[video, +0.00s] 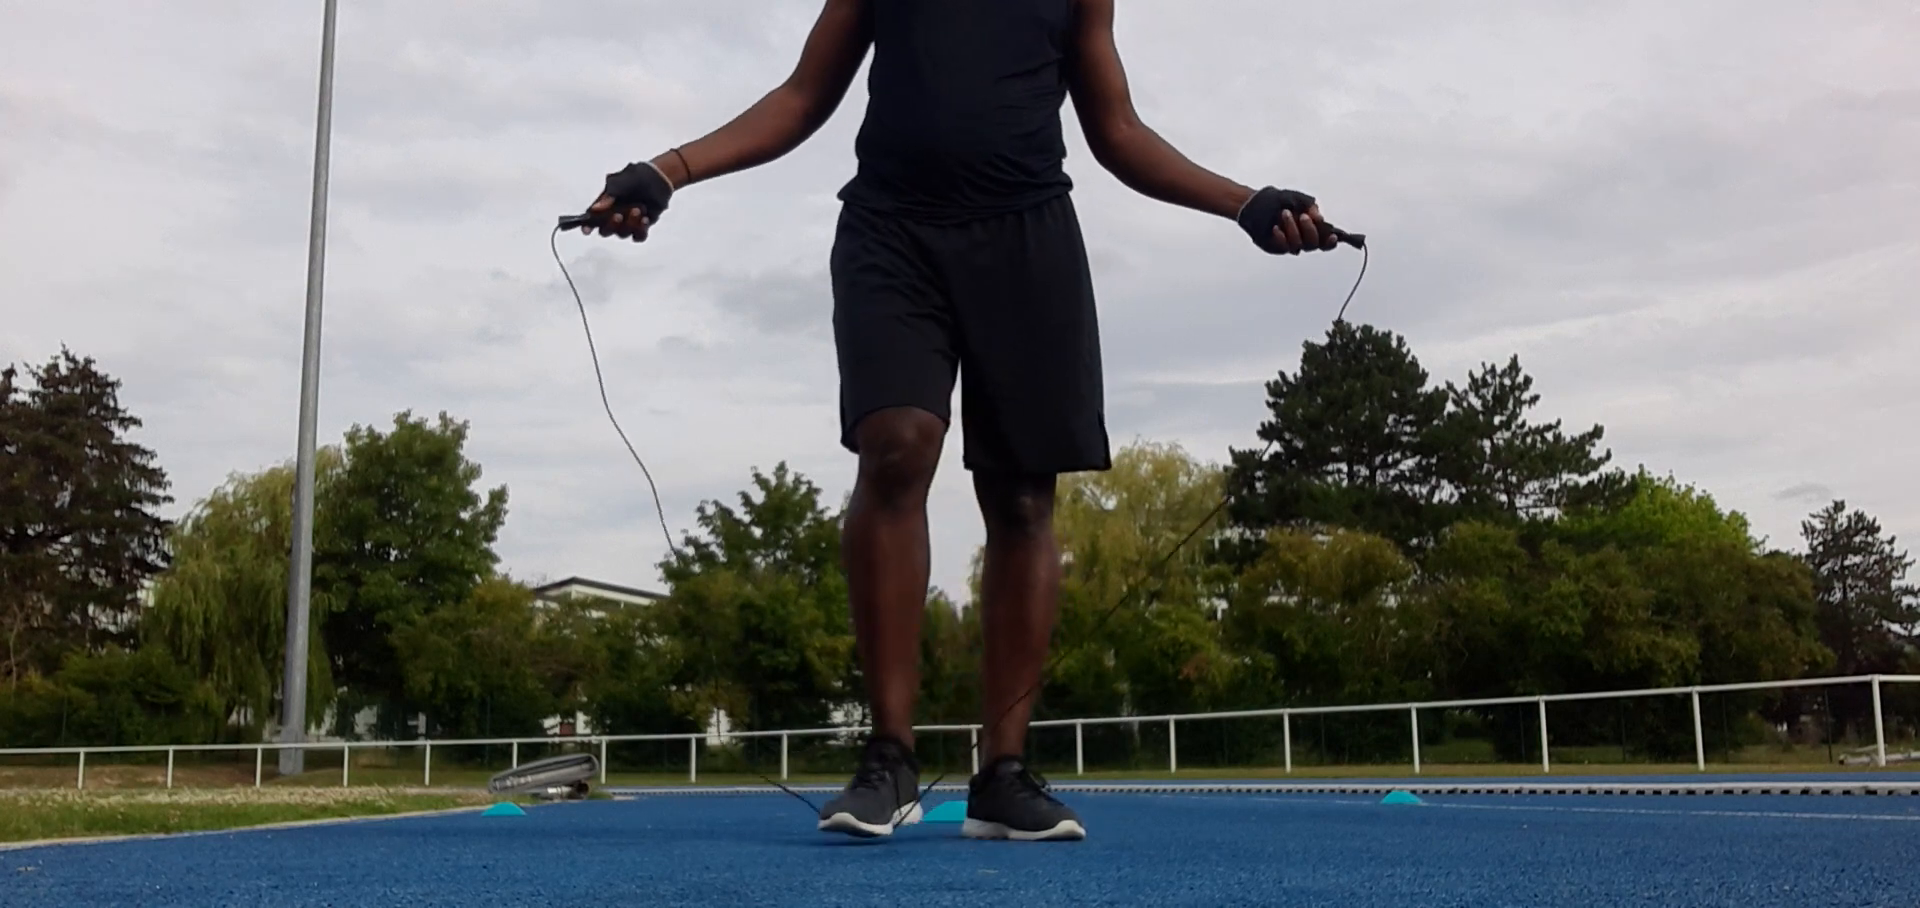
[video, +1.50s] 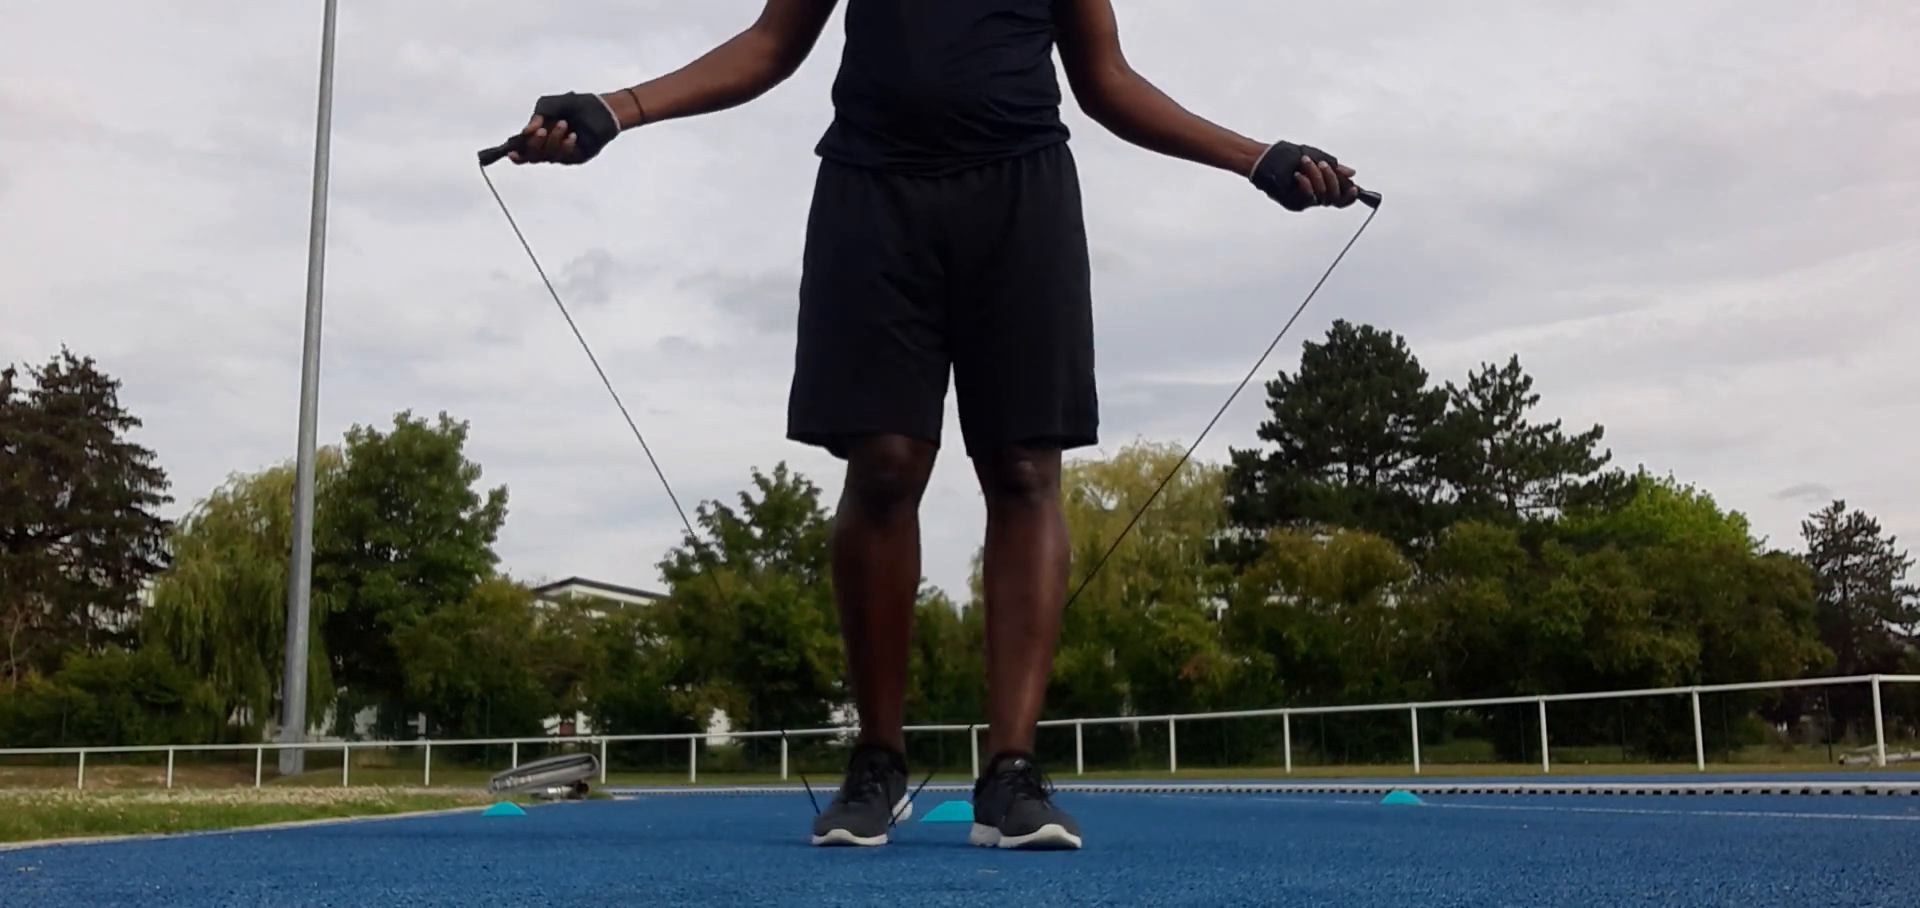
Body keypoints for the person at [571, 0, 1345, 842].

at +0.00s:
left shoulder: (1077, 12)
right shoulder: (871, 8)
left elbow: (1119, 134)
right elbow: (802, 98)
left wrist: (1248, 202)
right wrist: (667, 169)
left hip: (1026, 234)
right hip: (891, 229)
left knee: (1021, 500)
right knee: (896, 455)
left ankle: (1003, 774)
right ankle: (888, 759)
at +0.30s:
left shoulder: (1021, 3)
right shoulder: (814, 2)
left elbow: (1076, 105)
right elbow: (760, 98)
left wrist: (1211, 213)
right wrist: (636, 205)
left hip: (994, 220)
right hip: (856, 222)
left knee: (999, 494)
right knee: (862, 481)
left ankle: (999, 773)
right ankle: (872, 776)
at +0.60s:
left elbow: (1036, 99)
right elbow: (729, 101)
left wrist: (1172, 209)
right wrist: (622, 219)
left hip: (975, 205)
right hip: (834, 212)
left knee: (996, 410)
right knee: (839, 488)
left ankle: (972, 655)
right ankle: (872, 772)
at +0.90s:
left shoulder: (975, 2)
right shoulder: (760, 1)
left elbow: (1027, 90)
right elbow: (720, 95)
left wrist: (1168, 200)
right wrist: (606, 205)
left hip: (972, 197)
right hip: (829, 204)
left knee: (1001, 386)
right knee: (836, 487)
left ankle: (954, 691)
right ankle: (870, 772)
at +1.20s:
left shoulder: (1004, 1)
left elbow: (1057, 84)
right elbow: (736, 78)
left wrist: (1206, 178)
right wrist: (604, 177)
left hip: (983, 200)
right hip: (837, 203)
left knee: (998, 457)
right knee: (845, 483)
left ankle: (1006, 775)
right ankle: (872, 775)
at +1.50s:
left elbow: (1107, 79)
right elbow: (770, 44)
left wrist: (1259, 157)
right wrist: (613, 108)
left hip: (1021, 188)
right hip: (873, 187)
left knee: (1025, 468)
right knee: (884, 466)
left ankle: (1011, 769)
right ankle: (877, 762)